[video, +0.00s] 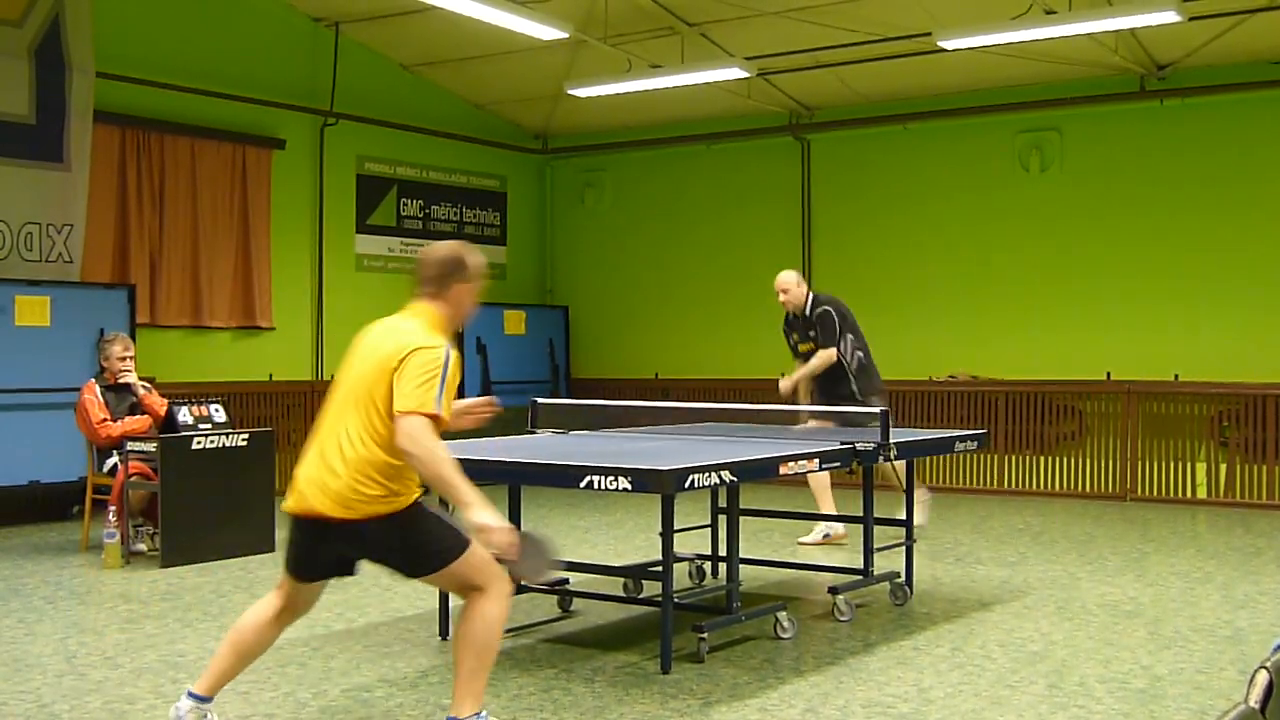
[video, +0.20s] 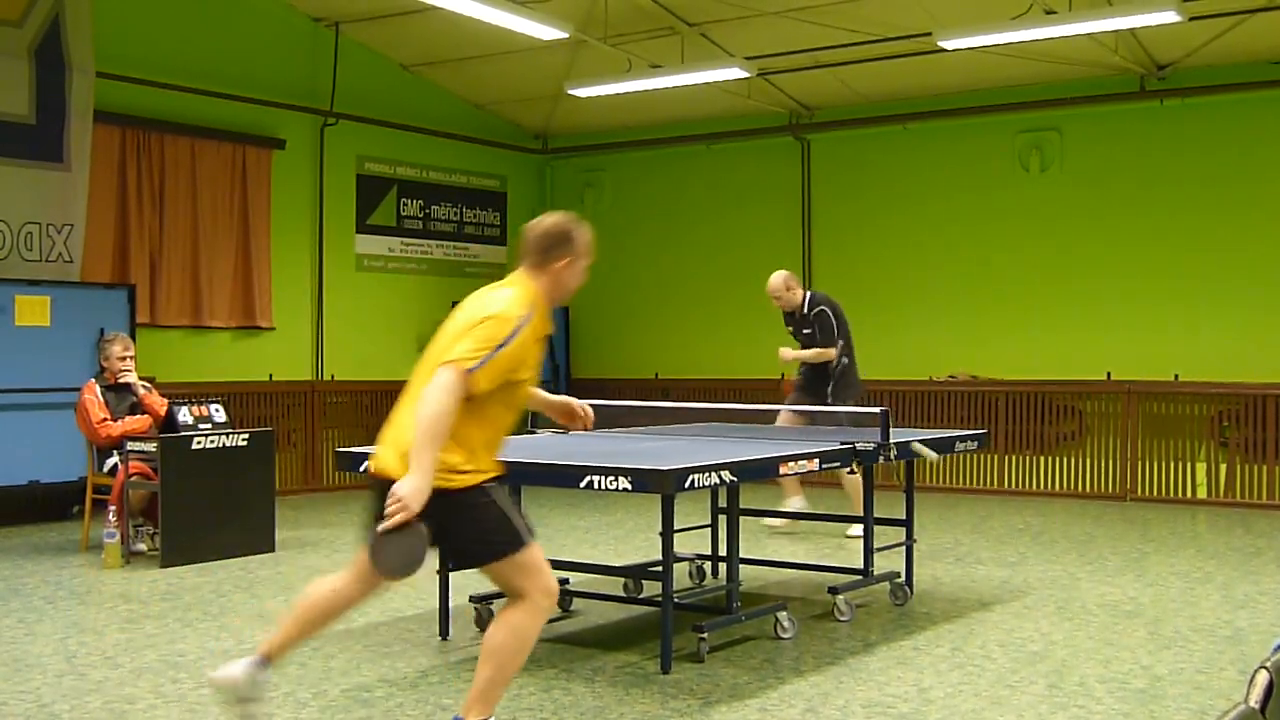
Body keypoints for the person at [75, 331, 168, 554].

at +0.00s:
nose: (128, 364)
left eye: (131, 359)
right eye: (121, 359)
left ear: (135, 360)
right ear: (104, 362)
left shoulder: (142, 388)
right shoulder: (90, 392)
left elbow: (169, 418)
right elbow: (102, 434)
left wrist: (139, 391)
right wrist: (146, 422)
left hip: (150, 453)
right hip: (115, 455)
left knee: (174, 478)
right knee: (140, 481)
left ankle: (154, 526)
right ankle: (134, 525)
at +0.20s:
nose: (128, 364)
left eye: (131, 358)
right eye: (121, 359)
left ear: (135, 360)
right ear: (104, 362)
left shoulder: (142, 388)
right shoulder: (91, 392)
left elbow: (169, 418)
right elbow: (102, 434)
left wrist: (140, 390)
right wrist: (146, 422)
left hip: (151, 453)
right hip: (116, 455)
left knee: (175, 477)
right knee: (140, 481)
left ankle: (154, 526)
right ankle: (134, 525)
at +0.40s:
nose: (128, 364)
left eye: (131, 359)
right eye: (121, 359)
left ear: (135, 361)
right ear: (104, 363)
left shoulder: (142, 388)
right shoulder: (90, 392)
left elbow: (168, 418)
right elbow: (102, 434)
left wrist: (140, 391)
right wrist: (147, 422)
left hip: (150, 453)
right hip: (115, 455)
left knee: (173, 478)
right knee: (140, 482)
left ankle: (154, 526)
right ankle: (134, 524)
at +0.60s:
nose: (128, 364)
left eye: (130, 359)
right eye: (121, 359)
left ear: (135, 360)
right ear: (103, 363)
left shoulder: (141, 388)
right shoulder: (90, 393)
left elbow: (168, 420)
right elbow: (102, 434)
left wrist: (141, 392)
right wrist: (146, 422)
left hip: (151, 452)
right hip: (115, 455)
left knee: (173, 478)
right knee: (140, 481)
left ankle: (154, 527)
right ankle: (134, 525)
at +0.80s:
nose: (127, 364)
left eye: (130, 358)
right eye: (120, 359)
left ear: (134, 359)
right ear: (103, 363)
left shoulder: (139, 386)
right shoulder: (91, 392)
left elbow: (166, 421)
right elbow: (103, 434)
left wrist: (145, 390)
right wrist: (147, 422)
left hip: (150, 451)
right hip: (116, 455)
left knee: (173, 476)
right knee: (141, 481)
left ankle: (155, 526)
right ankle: (135, 524)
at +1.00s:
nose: (126, 364)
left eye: (129, 358)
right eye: (119, 359)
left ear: (134, 359)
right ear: (103, 363)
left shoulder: (144, 387)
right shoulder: (90, 393)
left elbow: (168, 421)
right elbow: (104, 433)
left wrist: (157, 406)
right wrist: (148, 420)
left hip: (151, 451)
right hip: (116, 454)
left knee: (173, 475)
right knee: (141, 480)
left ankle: (156, 526)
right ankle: (135, 524)